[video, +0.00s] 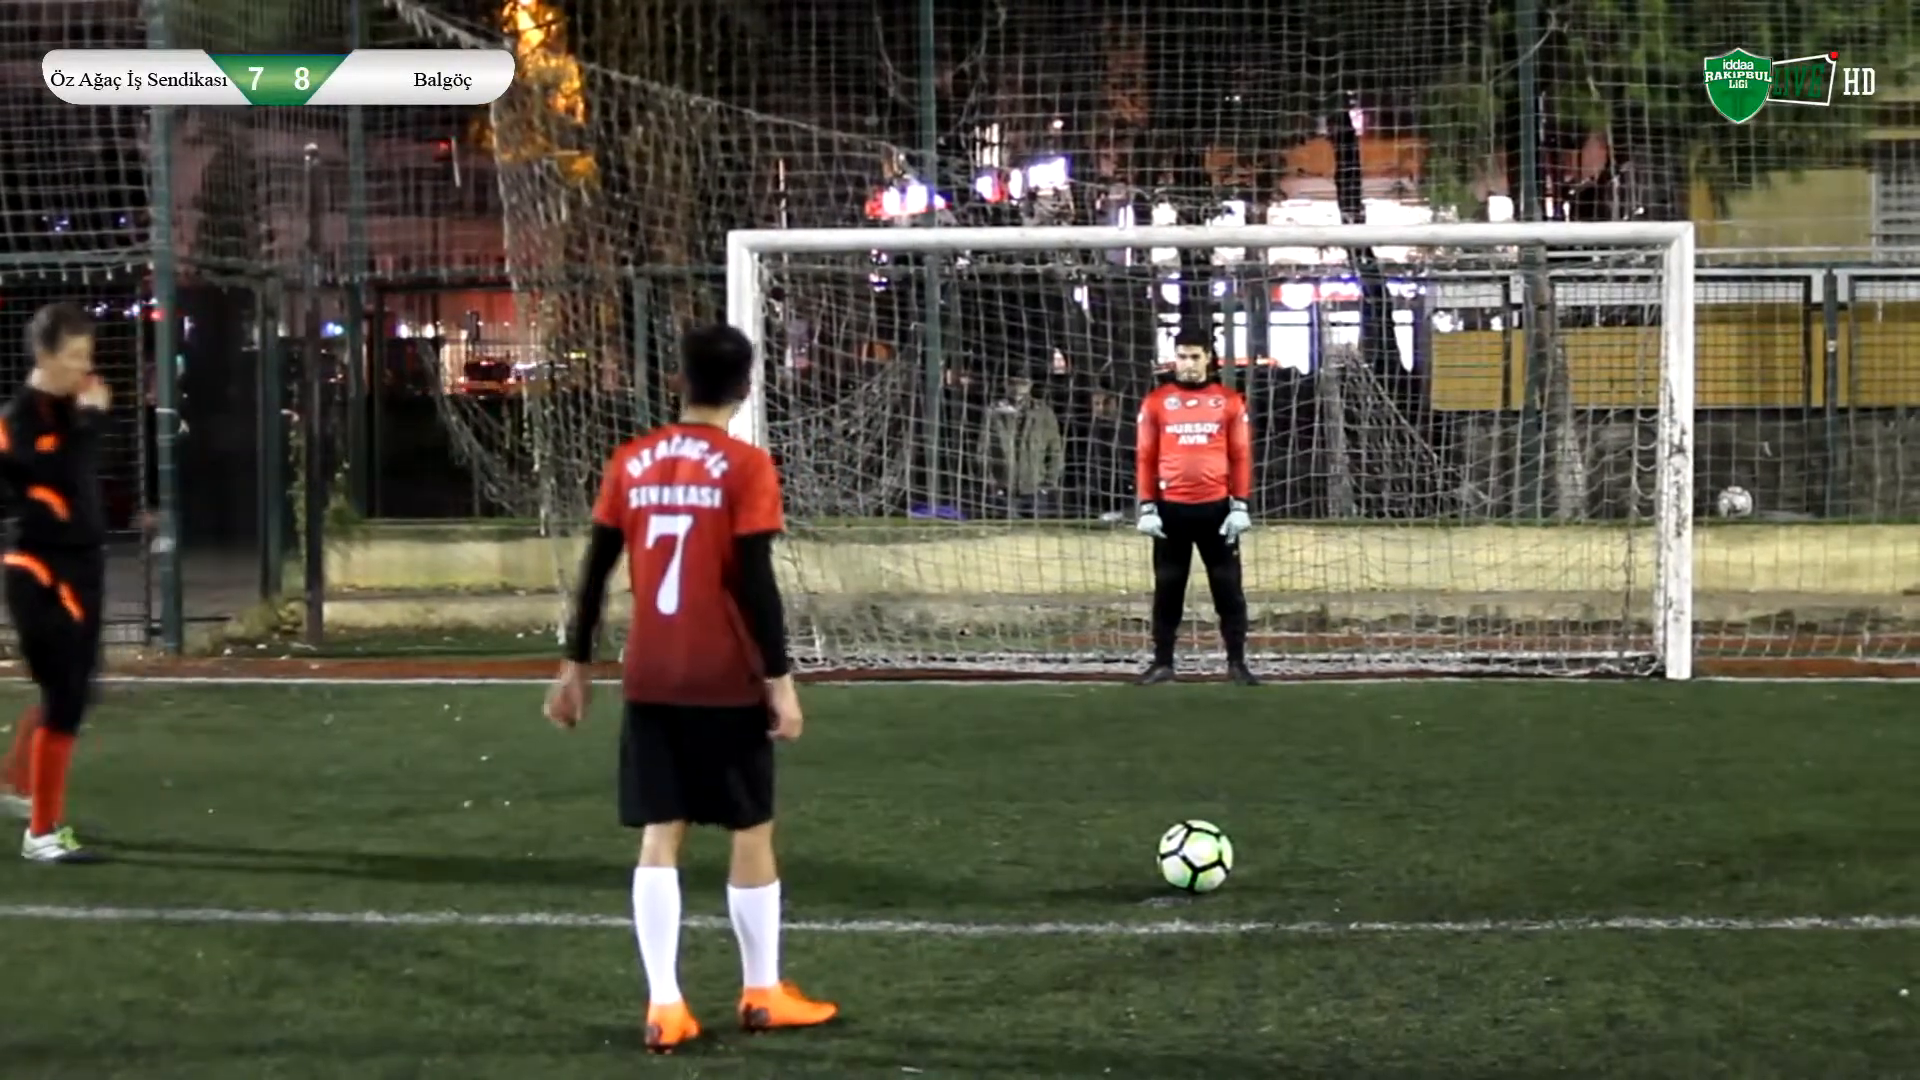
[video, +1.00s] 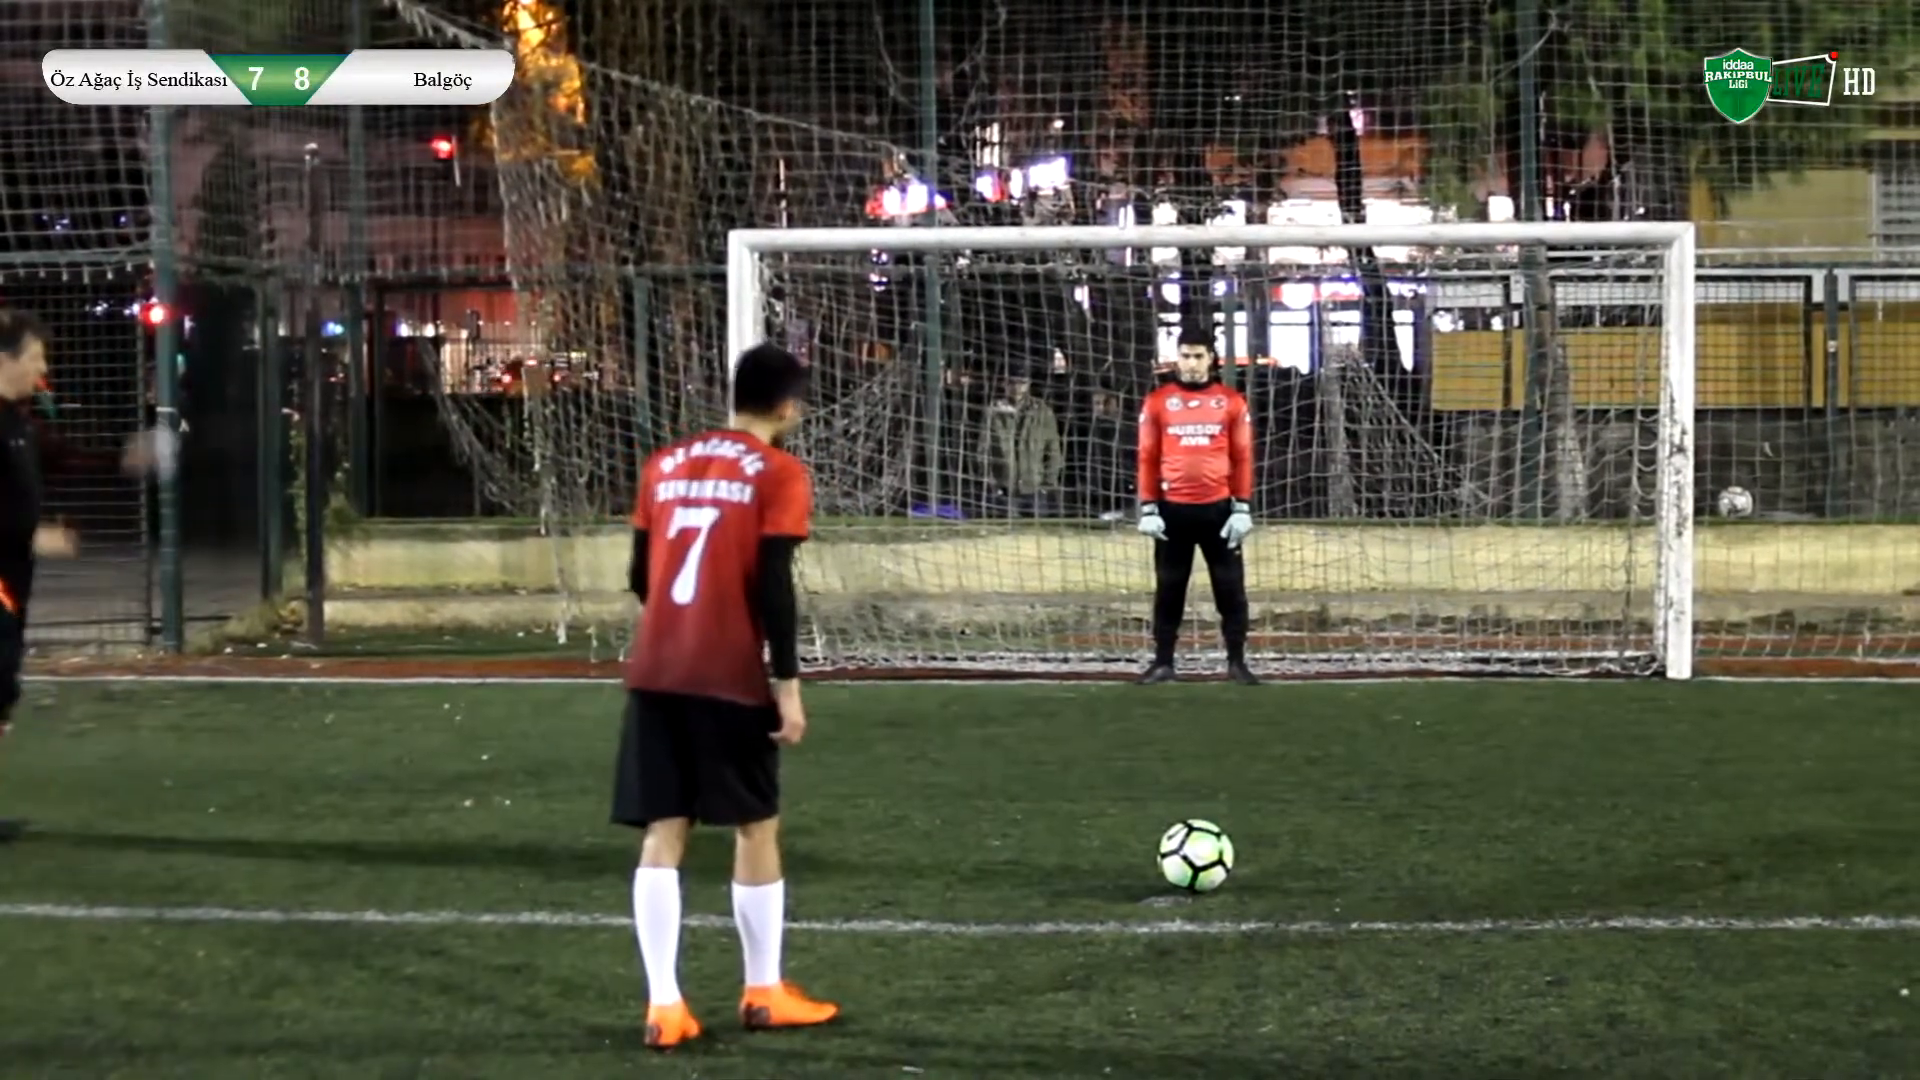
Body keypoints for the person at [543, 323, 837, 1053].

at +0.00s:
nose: (744, 394)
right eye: (749, 384)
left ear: (679, 385)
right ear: (744, 389)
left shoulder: (631, 461)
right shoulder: (748, 465)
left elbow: (594, 567)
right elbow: (752, 572)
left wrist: (574, 661)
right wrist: (779, 674)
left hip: (650, 681)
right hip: (729, 681)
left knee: (660, 830)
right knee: (752, 830)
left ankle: (663, 1003)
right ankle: (764, 988)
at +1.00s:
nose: (799, 415)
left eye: (797, 403)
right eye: (798, 404)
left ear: (735, 396)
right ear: (785, 406)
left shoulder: (666, 462)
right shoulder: (781, 473)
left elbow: (641, 577)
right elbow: (772, 578)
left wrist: (693, 625)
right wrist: (788, 679)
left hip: (655, 670)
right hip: (732, 675)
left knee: (663, 828)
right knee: (757, 826)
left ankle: (663, 1002)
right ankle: (765, 987)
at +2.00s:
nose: (882, 474)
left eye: (882, 464)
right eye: (881, 464)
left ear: (821, 458)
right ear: (868, 462)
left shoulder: (768, 511)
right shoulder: (862, 511)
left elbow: (748, 600)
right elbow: (842, 588)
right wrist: (833, 672)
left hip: (740, 695)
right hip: (807, 693)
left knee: (712, 832)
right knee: (889, 791)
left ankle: (671, 992)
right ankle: (891, 950)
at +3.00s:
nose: (1001, 455)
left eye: (997, 448)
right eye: (998, 448)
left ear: (945, 456)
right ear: (992, 450)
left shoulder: (926, 520)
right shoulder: (1012, 510)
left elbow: (900, 604)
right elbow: (1055, 567)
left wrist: (891, 672)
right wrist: (1110, 609)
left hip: (973, 677)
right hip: (1028, 669)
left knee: (1048, 748)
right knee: (1114, 734)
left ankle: (1082, 865)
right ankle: (1151, 850)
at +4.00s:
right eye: (866, 389)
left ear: (808, 403)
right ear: (859, 393)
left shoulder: (806, 467)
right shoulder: (905, 448)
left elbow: (815, 544)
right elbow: (964, 511)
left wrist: (788, 604)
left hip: (853, 619)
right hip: (912, 613)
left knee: (832, 720)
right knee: (952, 720)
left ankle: (839, 843)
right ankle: (1000, 829)